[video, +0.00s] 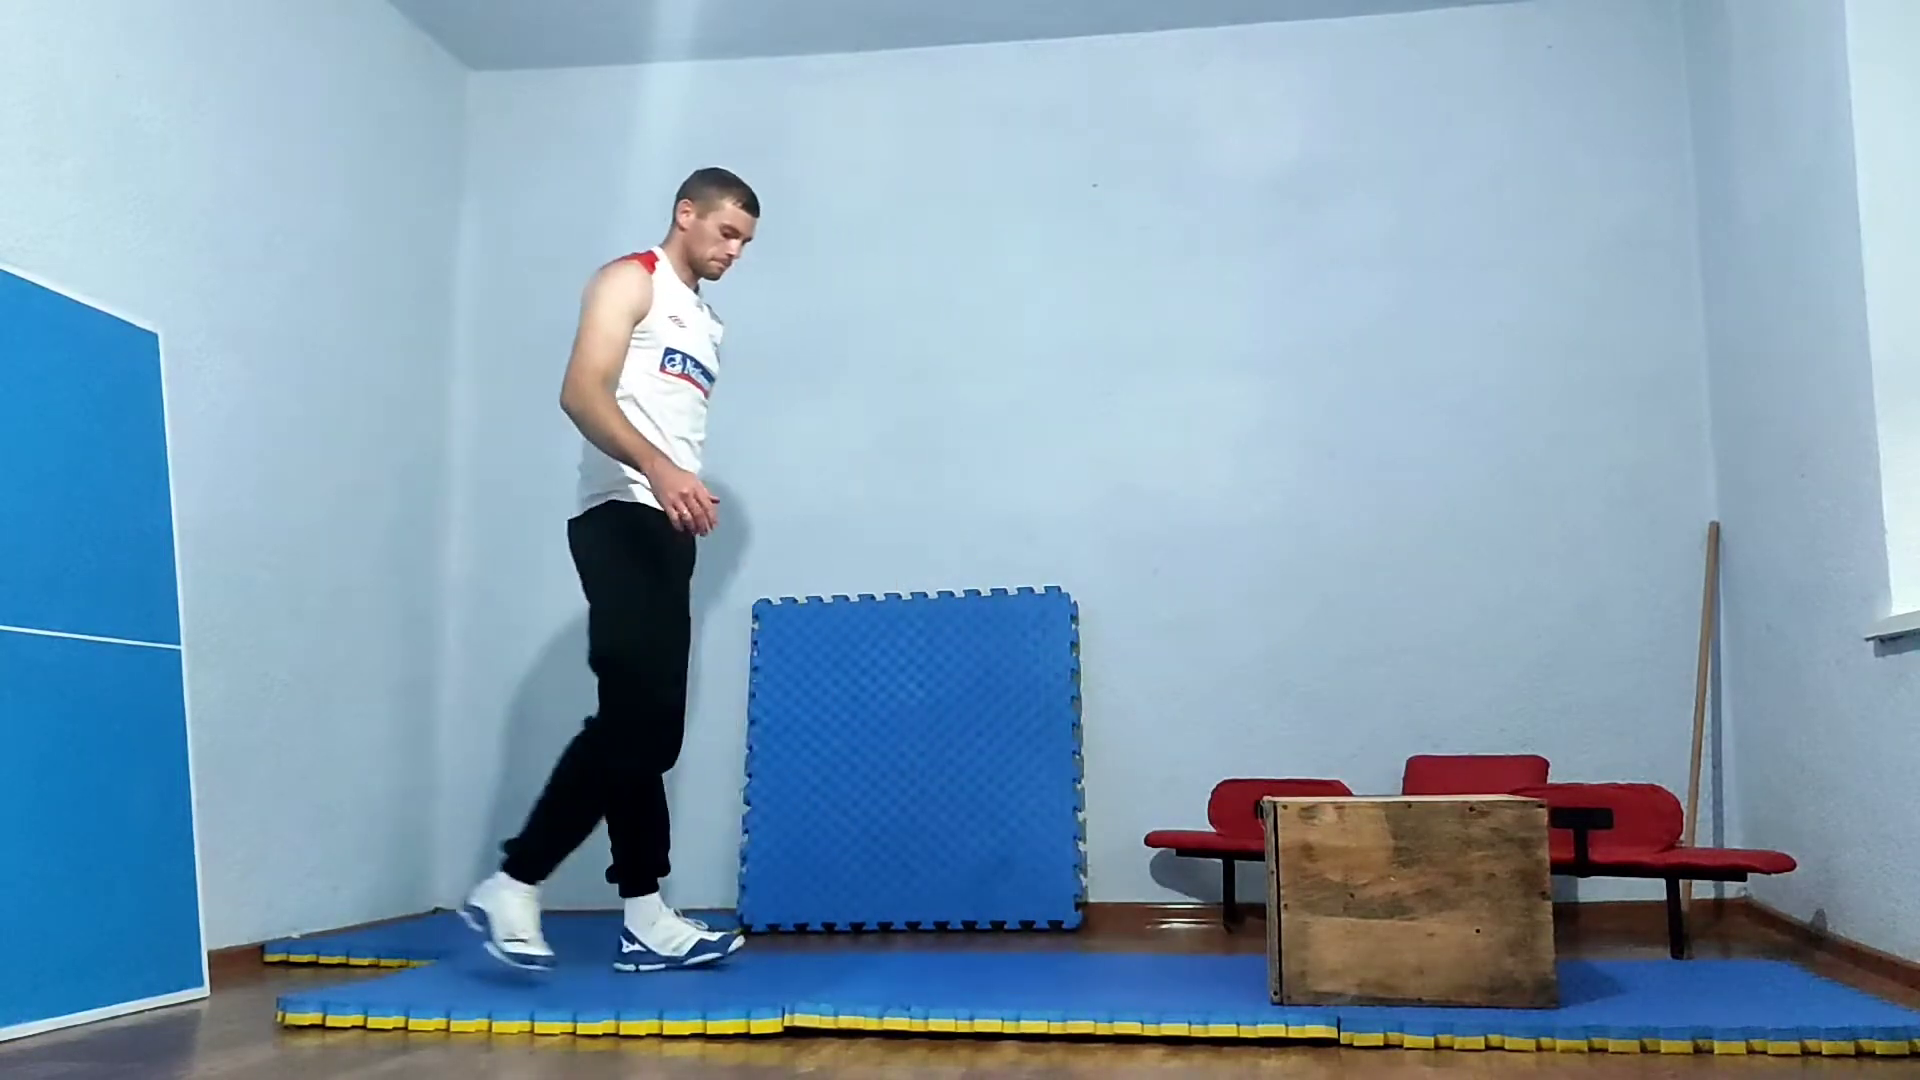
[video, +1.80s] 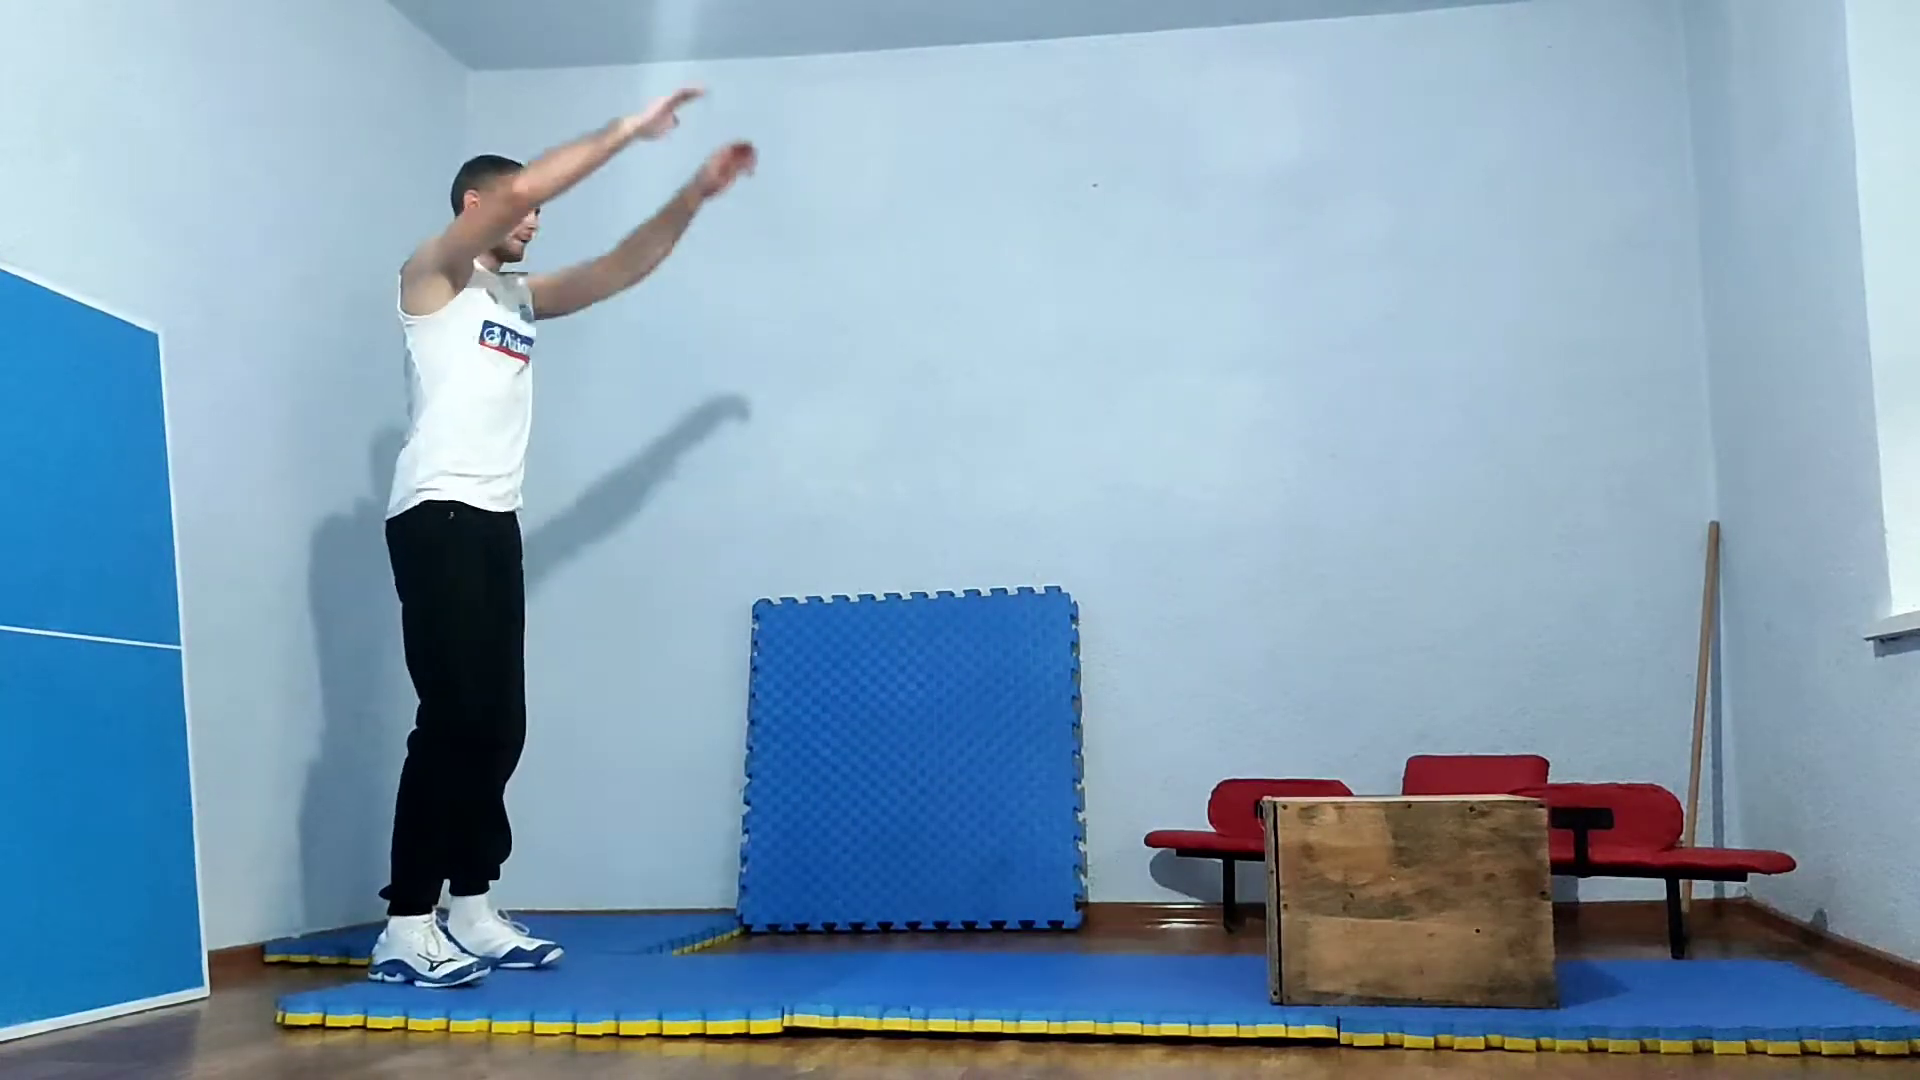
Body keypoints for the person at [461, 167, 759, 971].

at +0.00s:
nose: (735, 250)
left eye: (743, 241)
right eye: (728, 232)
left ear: (733, 242)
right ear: (684, 215)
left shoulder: (701, 318)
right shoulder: (629, 279)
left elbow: (667, 425)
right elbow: (581, 393)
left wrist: (685, 490)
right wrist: (661, 468)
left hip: (662, 527)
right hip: (619, 519)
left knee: (652, 724)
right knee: (635, 716)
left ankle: (646, 915)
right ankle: (510, 886)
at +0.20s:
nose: (673, 267)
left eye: (683, 257)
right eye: (669, 248)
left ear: (671, 253)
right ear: (627, 222)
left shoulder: (629, 321)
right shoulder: (565, 282)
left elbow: (594, 431)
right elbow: (529, 395)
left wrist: (629, 504)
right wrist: (619, 480)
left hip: (595, 548)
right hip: (534, 538)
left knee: (610, 734)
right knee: (489, 725)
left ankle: (641, 916)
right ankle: (396, 911)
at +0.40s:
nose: (617, 276)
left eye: (629, 267)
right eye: (614, 257)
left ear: (628, 263)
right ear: (575, 228)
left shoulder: (577, 319)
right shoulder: (502, 284)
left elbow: (521, 430)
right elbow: (444, 404)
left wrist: (535, 525)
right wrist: (518, 506)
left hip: (517, 538)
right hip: (456, 532)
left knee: (563, 716)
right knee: (429, 727)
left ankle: (602, 900)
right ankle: (384, 925)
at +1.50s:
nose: (539, 241)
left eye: (546, 230)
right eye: (532, 223)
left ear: (527, 232)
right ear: (484, 208)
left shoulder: (507, 317)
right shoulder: (430, 278)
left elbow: (555, 428)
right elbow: (466, 374)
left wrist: (647, 481)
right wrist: (588, 412)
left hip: (486, 534)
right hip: (426, 526)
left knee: (506, 721)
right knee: (439, 718)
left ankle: (472, 908)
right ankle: (407, 927)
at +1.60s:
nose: (535, 236)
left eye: (540, 224)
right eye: (525, 218)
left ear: (513, 222)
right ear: (477, 207)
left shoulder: (504, 318)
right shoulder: (427, 273)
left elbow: (591, 392)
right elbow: (496, 321)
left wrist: (696, 397)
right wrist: (625, 322)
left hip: (484, 529)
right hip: (426, 523)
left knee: (503, 726)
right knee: (438, 721)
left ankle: (470, 909)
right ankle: (406, 931)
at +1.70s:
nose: (532, 226)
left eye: (536, 217)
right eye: (521, 211)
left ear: (518, 220)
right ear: (471, 205)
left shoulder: (511, 309)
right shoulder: (423, 277)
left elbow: (620, 331)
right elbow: (519, 257)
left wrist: (709, 289)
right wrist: (637, 219)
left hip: (488, 529)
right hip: (430, 523)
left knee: (497, 726)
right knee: (440, 721)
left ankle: (468, 909)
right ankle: (404, 930)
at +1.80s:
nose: (534, 224)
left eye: (536, 212)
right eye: (521, 208)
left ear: (521, 219)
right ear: (474, 206)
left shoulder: (517, 294)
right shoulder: (434, 273)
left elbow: (618, 268)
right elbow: (509, 198)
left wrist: (694, 197)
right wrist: (622, 132)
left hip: (495, 525)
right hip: (438, 521)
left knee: (499, 726)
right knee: (454, 718)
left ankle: (468, 908)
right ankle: (406, 927)